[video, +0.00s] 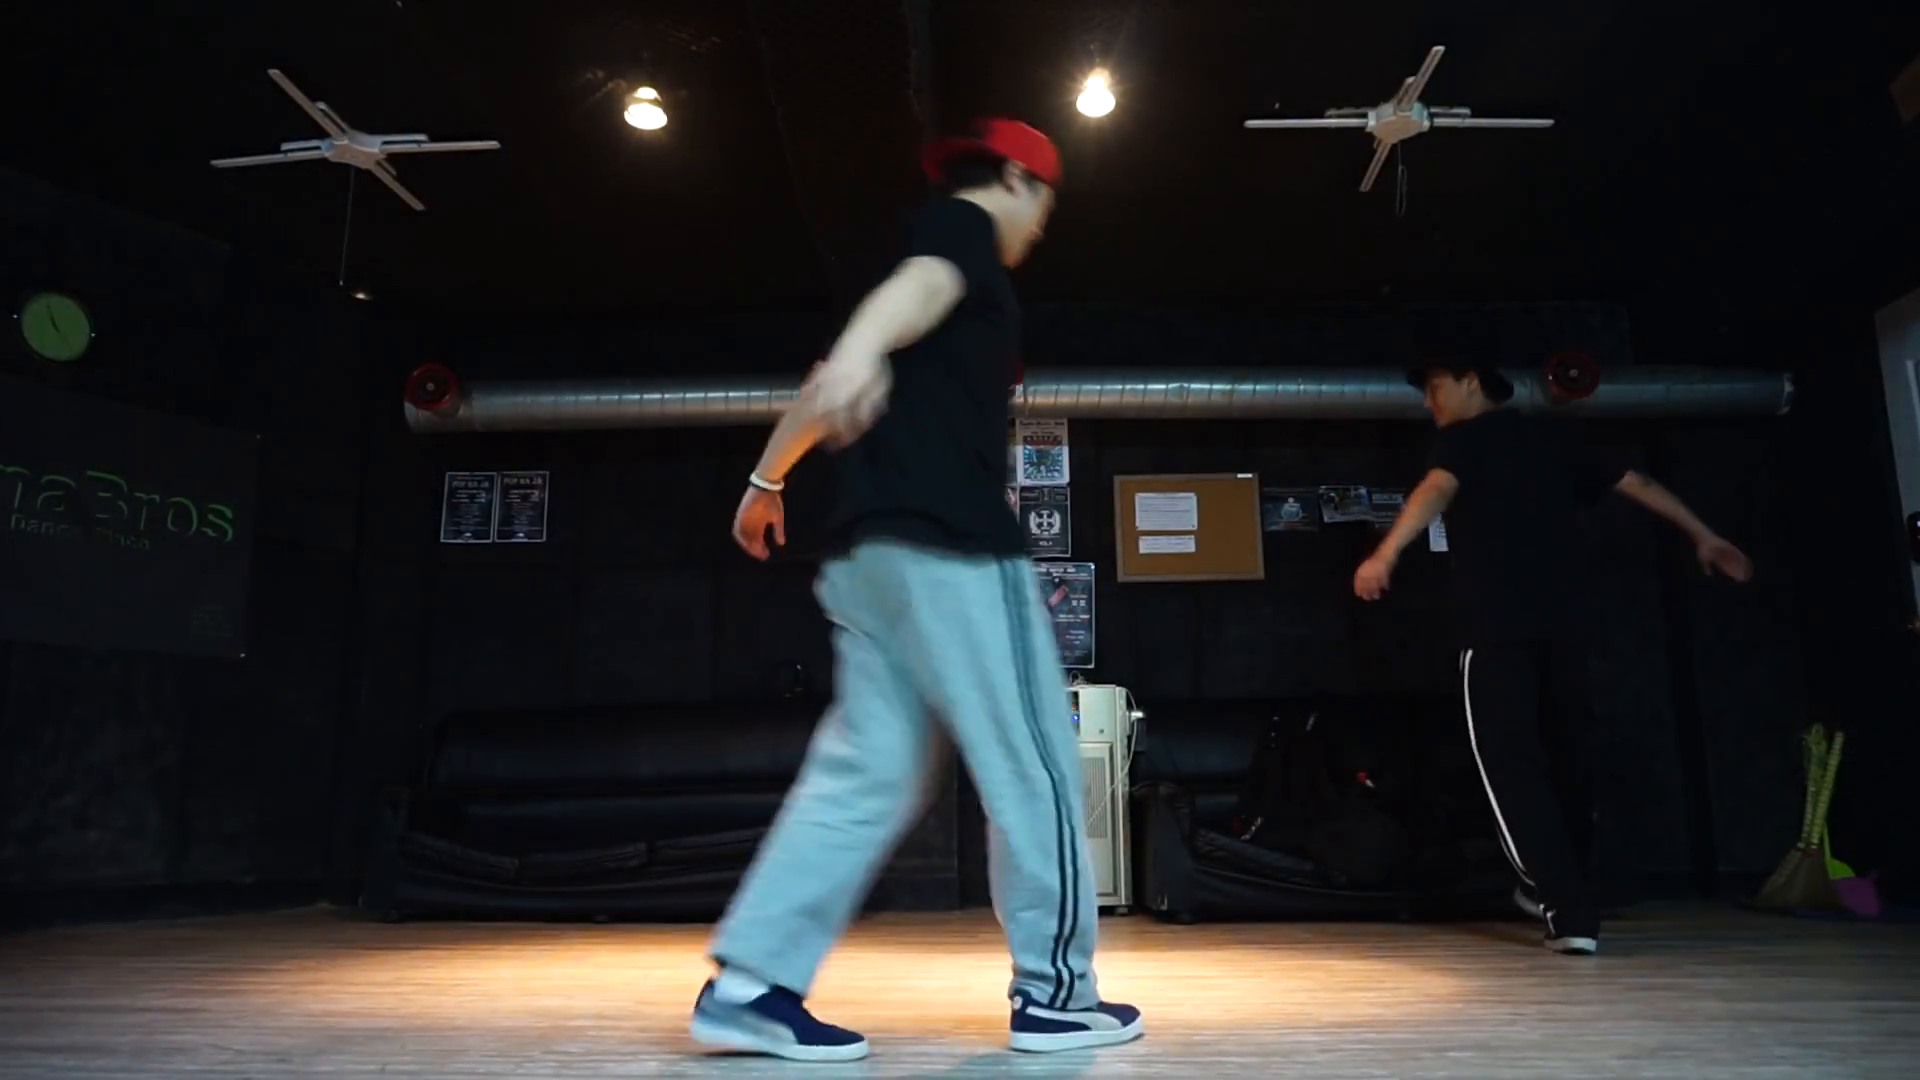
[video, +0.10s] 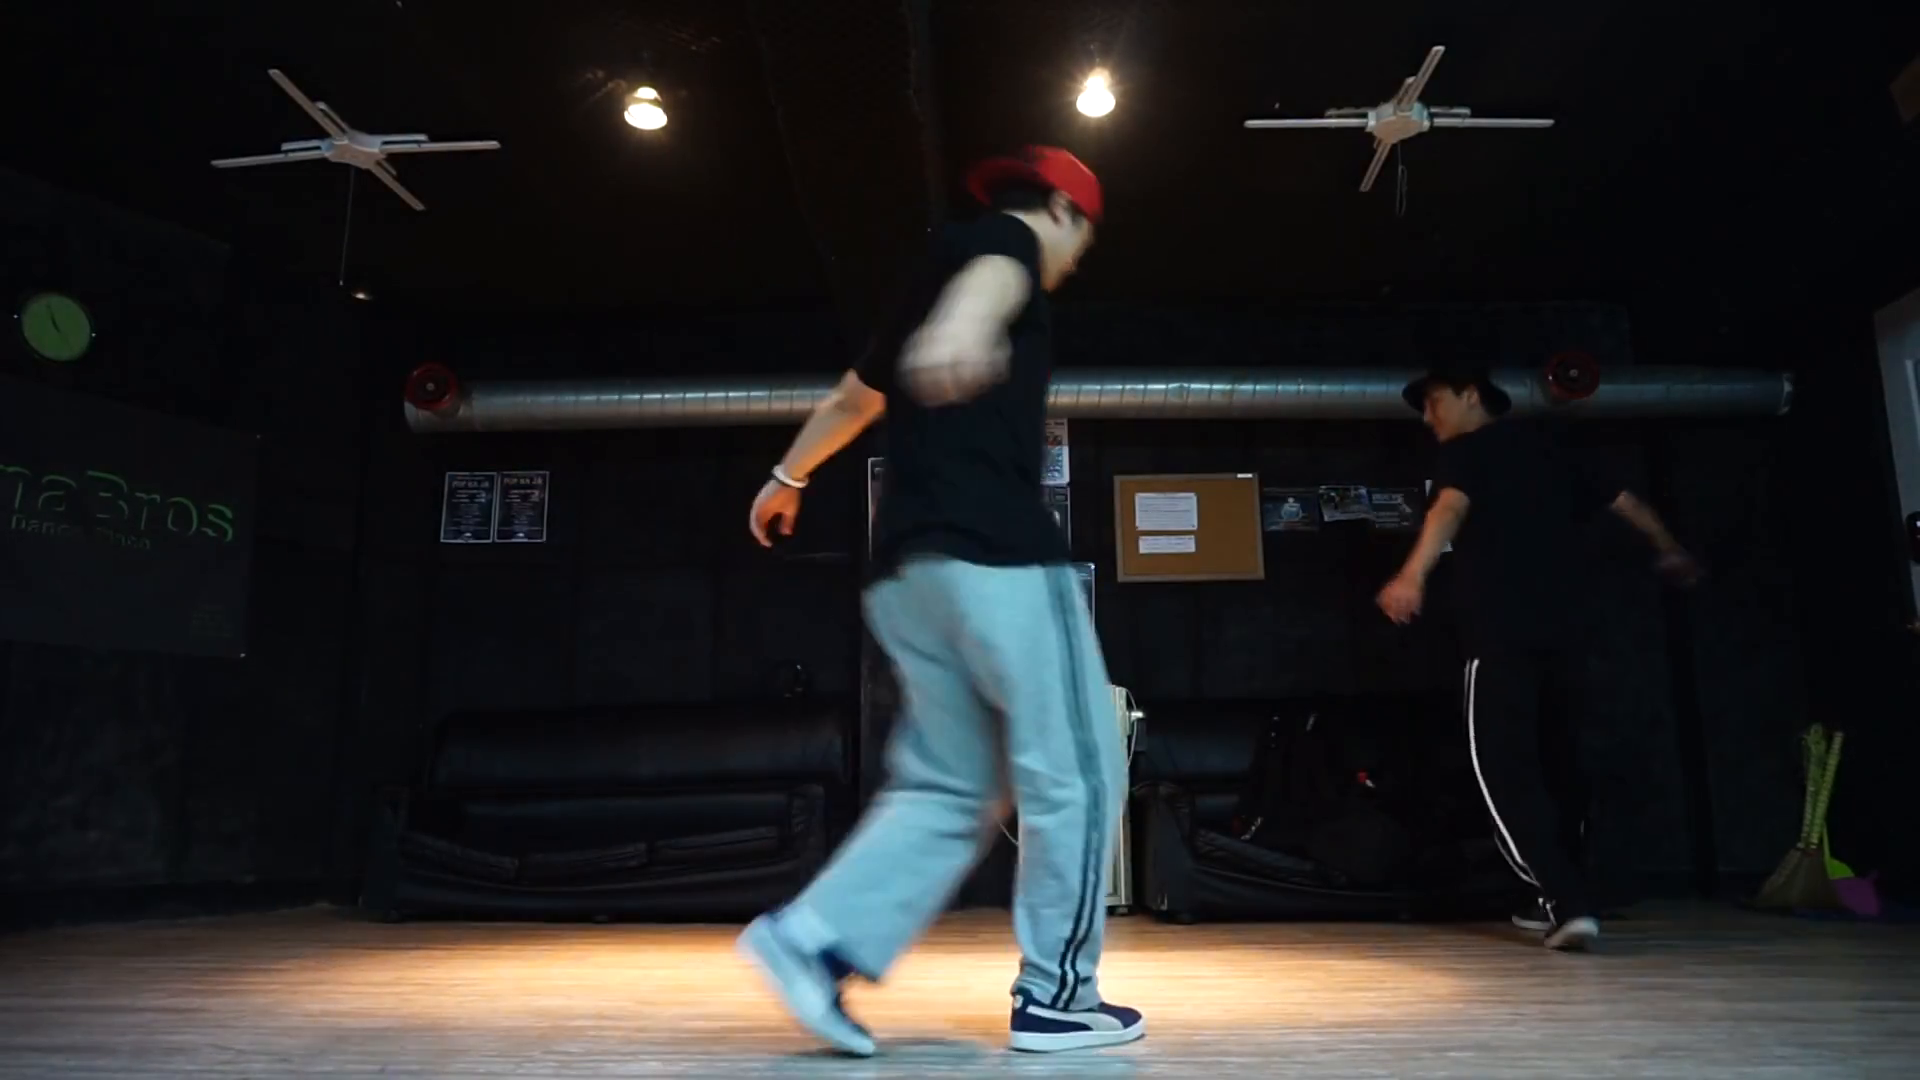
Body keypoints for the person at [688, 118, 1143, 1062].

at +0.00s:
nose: (1038, 223)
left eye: (1043, 205)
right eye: (1039, 202)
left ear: (974, 181)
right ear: (1011, 181)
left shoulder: (927, 257)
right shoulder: (965, 229)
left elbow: (831, 382)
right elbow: (907, 294)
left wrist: (767, 478)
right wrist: (861, 353)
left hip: (872, 555)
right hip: (956, 554)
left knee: (869, 771)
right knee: (1035, 767)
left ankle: (750, 988)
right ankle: (1055, 994)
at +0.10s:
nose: (1080, 252)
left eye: (1084, 237)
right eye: (1081, 232)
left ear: (1003, 204)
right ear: (1055, 208)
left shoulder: (938, 275)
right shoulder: (1013, 252)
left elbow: (858, 395)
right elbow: (974, 303)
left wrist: (789, 475)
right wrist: (960, 340)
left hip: (912, 575)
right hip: (1004, 569)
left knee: (949, 787)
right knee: (1073, 777)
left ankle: (810, 944)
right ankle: (1057, 999)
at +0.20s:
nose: (1100, 258)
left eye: (1102, 248)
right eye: (1099, 246)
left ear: (1019, 219)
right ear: (1078, 228)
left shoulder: (945, 296)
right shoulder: (1043, 257)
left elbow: (885, 417)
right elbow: (1095, 320)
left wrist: (821, 497)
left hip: (943, 580)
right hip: (1036, 569)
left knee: (1008, 772)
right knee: (1106, 782)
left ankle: (903, 901)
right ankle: (1057, 1000)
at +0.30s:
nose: (1106, 256)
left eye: (1102, 245)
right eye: (1104, 244)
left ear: (1016, 228)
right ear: (1086, 229)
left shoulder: (952, 299)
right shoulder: (1073, 264)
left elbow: (929, 430)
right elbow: (1168, 324)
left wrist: (911, 538)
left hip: (962, 570)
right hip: (1058, 561)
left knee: (1033, 754)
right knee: (1112, 778)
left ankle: (986, 897)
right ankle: (1057, 998)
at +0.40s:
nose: (1103, 245)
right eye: (1102, 233)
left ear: (1011, 228)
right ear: (1091, 222)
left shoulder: (962, 288)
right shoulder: (1099, 262)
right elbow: (1209, 361)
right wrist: (1344, 442)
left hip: (980, 564)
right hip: (1077, 549)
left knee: (1051, 754)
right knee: (1114, 767)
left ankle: (1059, 965)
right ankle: (1059, 996)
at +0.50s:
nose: (1097, 231)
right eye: (1096, 220)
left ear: (1015, 229)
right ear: (1094, 219)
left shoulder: (977, 286)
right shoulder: (1117, 261)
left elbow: (1008, 414)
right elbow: (1196, 391)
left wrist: (1109, 474)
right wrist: (1255, 459)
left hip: (995, 556)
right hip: (1095, 539)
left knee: (1084, 760)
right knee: (1091, 766)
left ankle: (1129, 960)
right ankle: (1054, 996)